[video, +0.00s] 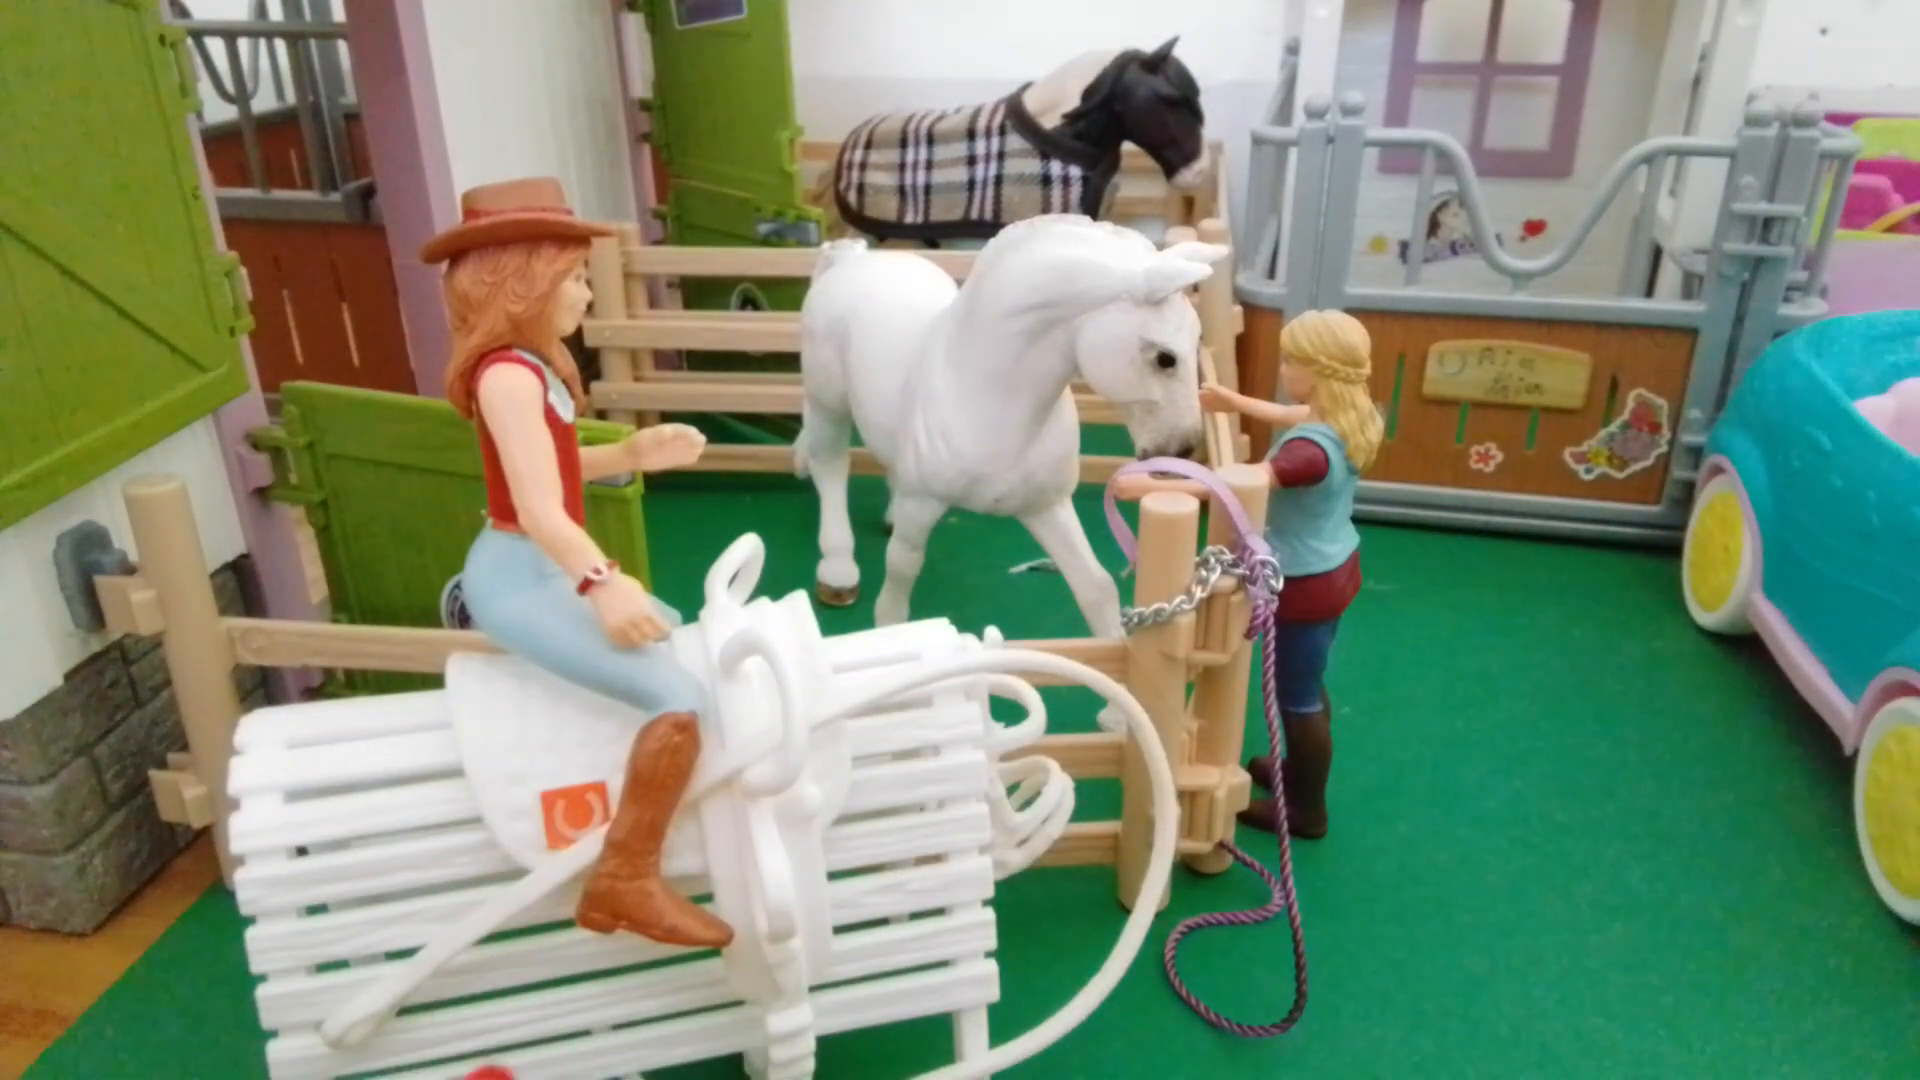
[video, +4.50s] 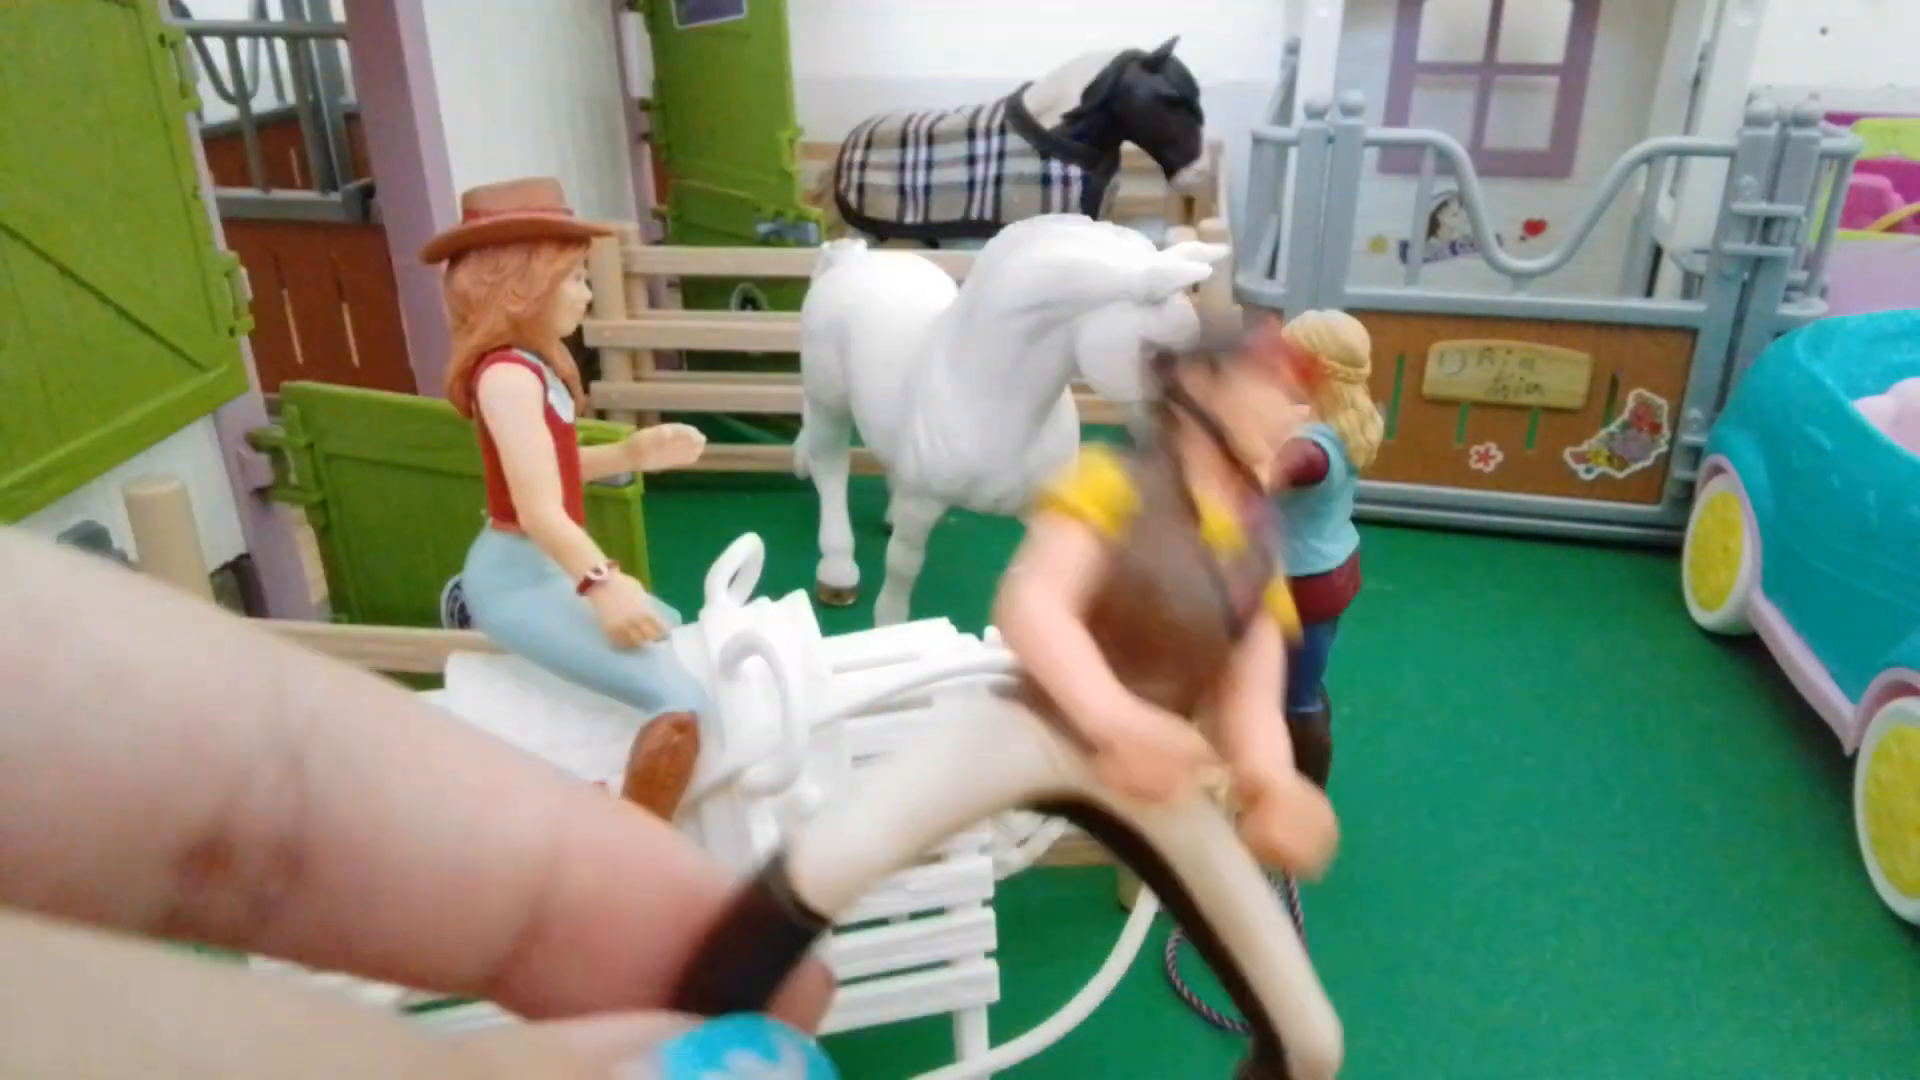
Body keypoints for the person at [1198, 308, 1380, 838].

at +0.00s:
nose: (1282, 370)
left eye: (1289, 361)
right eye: (1284, 360)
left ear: (1318, 372)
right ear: (1337, 372)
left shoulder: (1315, 447)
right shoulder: (1348, 417)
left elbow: (1252, 478)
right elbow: (1288, 416)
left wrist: (1165, 484)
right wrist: (1235, 400)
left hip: (1304, 587)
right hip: (1332, 566)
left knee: (1299, 699)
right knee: (1301, 681)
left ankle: (1304, 811)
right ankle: (1300, 773)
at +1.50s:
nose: (1281, 371)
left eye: (1290, 363)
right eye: (1284, 361)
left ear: (1317, 374)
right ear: (1336, 373)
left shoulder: (1315, 448)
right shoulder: (1346, 419)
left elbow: (1253, 479)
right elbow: (1292, 415)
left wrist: (1193, 479)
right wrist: (1236, 401)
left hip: (1309, 579)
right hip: (1333, 565)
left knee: (1297, 691)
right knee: (1299, 676)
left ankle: (1302, 809)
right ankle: (1298, 771)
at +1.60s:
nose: (1280, 373)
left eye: (1290, 363)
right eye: (1283, 362)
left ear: (1314, 373)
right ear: (1347, 369)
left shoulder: (1316, 438)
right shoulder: (1356, 422)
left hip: (1310, 574)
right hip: (1335, 564)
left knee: (1296, 688)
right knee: (1304, 680)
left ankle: (1303, 806)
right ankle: (1295, 772)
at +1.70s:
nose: (1281, 373)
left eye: (1290, 363)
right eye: (1286, 363)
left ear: (1308, 373)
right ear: (1349, 372)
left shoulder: (1311, 444)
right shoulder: (1336, 432)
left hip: (1316, 573)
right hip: (1337, 562)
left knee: (1304, 697)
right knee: (1304, 685)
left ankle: (1303, 806)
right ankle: (1294, 773)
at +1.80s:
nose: (1282, 371)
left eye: (1290, 362)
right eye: (1285, 360)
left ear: (1317, 373)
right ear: (1332, 372)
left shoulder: (1312, 448)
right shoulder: (1349, 417)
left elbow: (1248, 478)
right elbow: (1292, 415)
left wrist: (1187, 475)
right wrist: (1235, 400)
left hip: (1308, 586)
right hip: (1340, 564)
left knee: (1300, 694)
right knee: (1300, 674)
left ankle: (1303, 809)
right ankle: (1293, 766)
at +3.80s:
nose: (1282, 371)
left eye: (1290, 362)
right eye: (1285, 360)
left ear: (1318, 372)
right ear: (1336, 372)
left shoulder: (1314, 447)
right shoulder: (1349, 417)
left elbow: (1250, 478)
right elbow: (1290, 416)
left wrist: (1165, 484)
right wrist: (1236, 401)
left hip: (1304, 587)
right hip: (1334, 564)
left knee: (1295, 698)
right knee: (1305, 683)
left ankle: (1307, 811)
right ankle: (1309, 788)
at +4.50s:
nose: (1282, 369)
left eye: (1291, 359)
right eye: (1284, 358)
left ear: (1310, 372)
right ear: (1340, 372)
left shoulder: (1317, 444)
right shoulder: (1347, 421)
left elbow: (1258, 475)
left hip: (1308, 579)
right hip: (1335, 559)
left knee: (1299, 699)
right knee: (1308, 685)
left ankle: (1305, 804)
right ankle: (1306, 791)